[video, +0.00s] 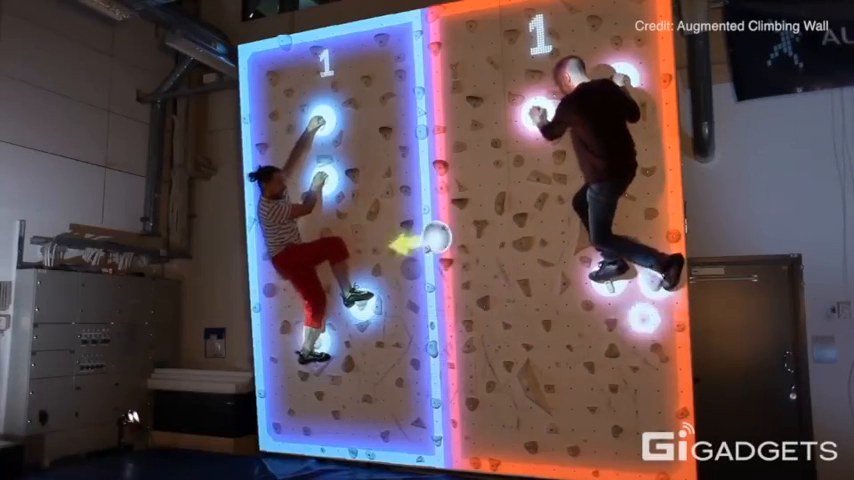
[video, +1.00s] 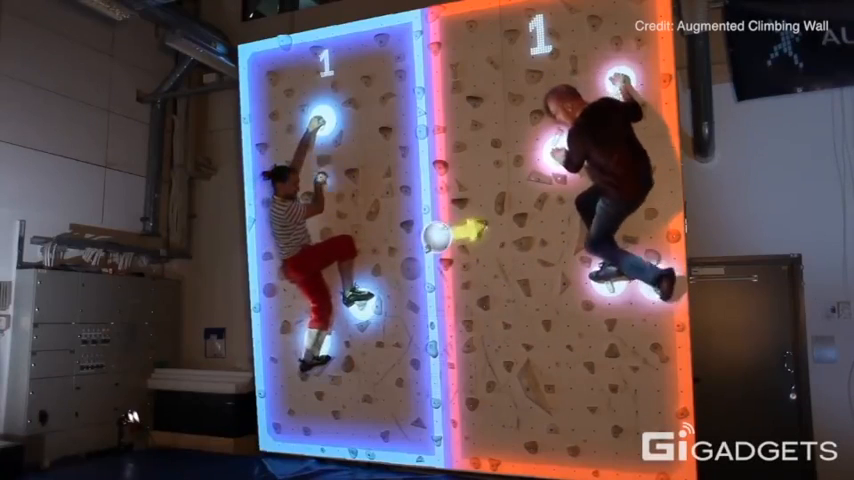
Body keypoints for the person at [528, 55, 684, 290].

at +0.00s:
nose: (559, 87)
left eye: (559, 81)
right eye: (558, 82)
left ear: (567, 78)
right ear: (583, 72)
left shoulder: (570, 103)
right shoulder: (607, 88)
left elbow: (551, 134)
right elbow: (634, 114)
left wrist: (540, 122)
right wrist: (623, 89)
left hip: (603, 177)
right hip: (626, 167)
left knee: (601, 238)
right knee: (580, 202)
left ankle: (665, 263)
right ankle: (612, 261)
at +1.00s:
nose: (557, 120)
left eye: (556, 114)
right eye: (554, 116)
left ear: (567, 107)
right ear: (577, 98)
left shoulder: (578, 133)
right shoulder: (607, 104)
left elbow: (574, 166)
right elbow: (636, 114)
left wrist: (561, 155)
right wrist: (629, 94)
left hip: (623, 192)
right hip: (641, 175)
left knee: (596, 243)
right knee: (584, 202)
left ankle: (659, 278)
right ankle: (613, 262)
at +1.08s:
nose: (559, 123)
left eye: (557, 117)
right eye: (556, 119)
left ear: (565, 111)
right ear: (577, 99)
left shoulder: (580, 135)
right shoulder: (608, 107)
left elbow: (574, 166)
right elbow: (636, 114)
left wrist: (562, 158)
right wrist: (628, 93)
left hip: (626, 192)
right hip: (644, 175)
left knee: (589, 238)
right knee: (584, 203)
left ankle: (647, 274)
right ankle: (613, 263)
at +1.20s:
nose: (562, 124)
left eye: (560, 118)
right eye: (559, 120)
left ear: (571, 111)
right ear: (581, 103)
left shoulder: (583, 137)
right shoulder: (612, 109)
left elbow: (577, 166)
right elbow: (638, 112)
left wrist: (564, 159)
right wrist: (624, 90)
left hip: (628, 195)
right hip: (648, 180)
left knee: (569, 219)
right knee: (584, 202)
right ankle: (613, 259)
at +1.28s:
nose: (564, 122)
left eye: (563, 116)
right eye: (561, 118)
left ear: (574, 109)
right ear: (584, 102)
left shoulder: (585, 136)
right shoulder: (614, 108)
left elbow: (578, 164)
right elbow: (639, 113)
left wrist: (564, 158)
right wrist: (628, 94)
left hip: (626, 196)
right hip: (648, 182)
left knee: (564, 202)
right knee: (583, 200)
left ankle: (596, 259)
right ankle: (611, 260)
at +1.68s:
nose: (566, 113)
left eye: (565, 107)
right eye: (563, 108)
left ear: (578, 101)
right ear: (588, 94)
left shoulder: (585, 129)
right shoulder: (618, 102)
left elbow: (575, 159)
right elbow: (637, 114)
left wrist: (562, 155)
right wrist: (628, 94)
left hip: (621, 194)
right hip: (644, 182)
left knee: (560, 186)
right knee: (578, 198)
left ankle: (584, 245)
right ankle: (613, 262)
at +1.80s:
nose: (566, 113)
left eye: (565, 107)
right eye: (563, 108)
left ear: (578, 101)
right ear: (587, 94)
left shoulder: (585, 129)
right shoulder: (618, 102)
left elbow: (575, 159)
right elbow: (637, 114)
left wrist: (562, 155)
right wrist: (628, 96)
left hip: (618, 192)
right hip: (641, 183)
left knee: (556, 178)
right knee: (580, 203)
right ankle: (612, 261)